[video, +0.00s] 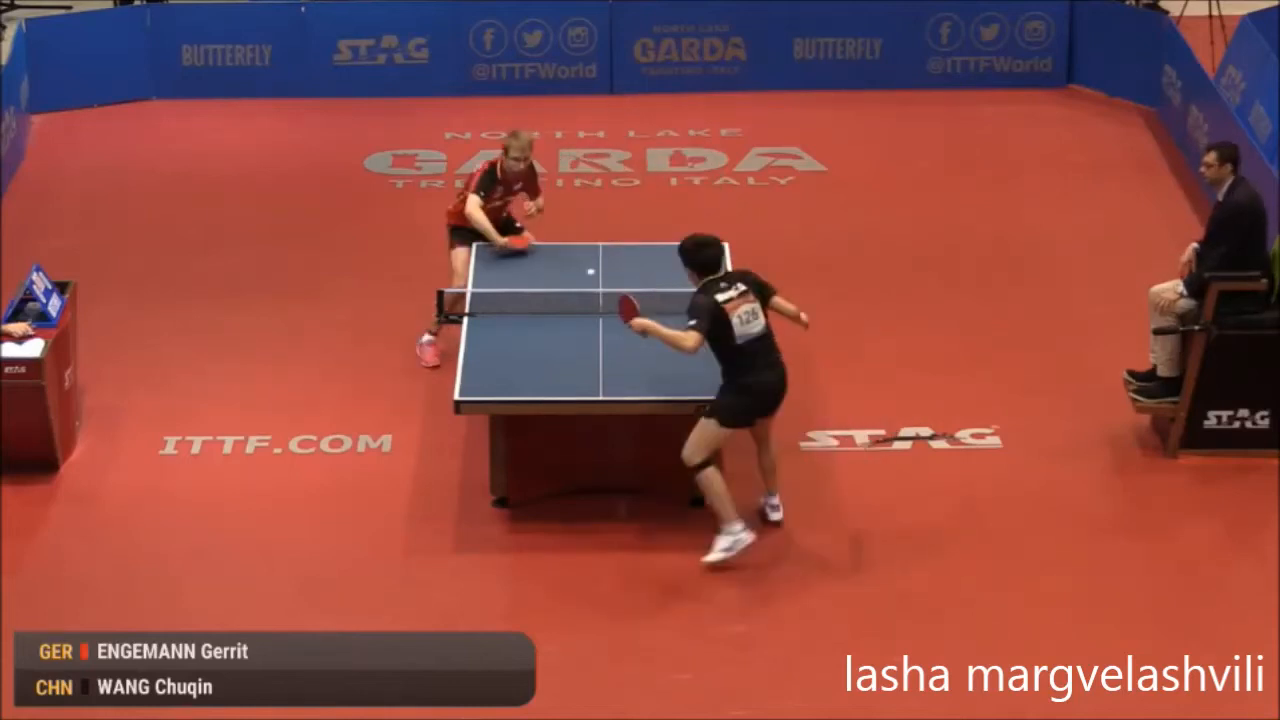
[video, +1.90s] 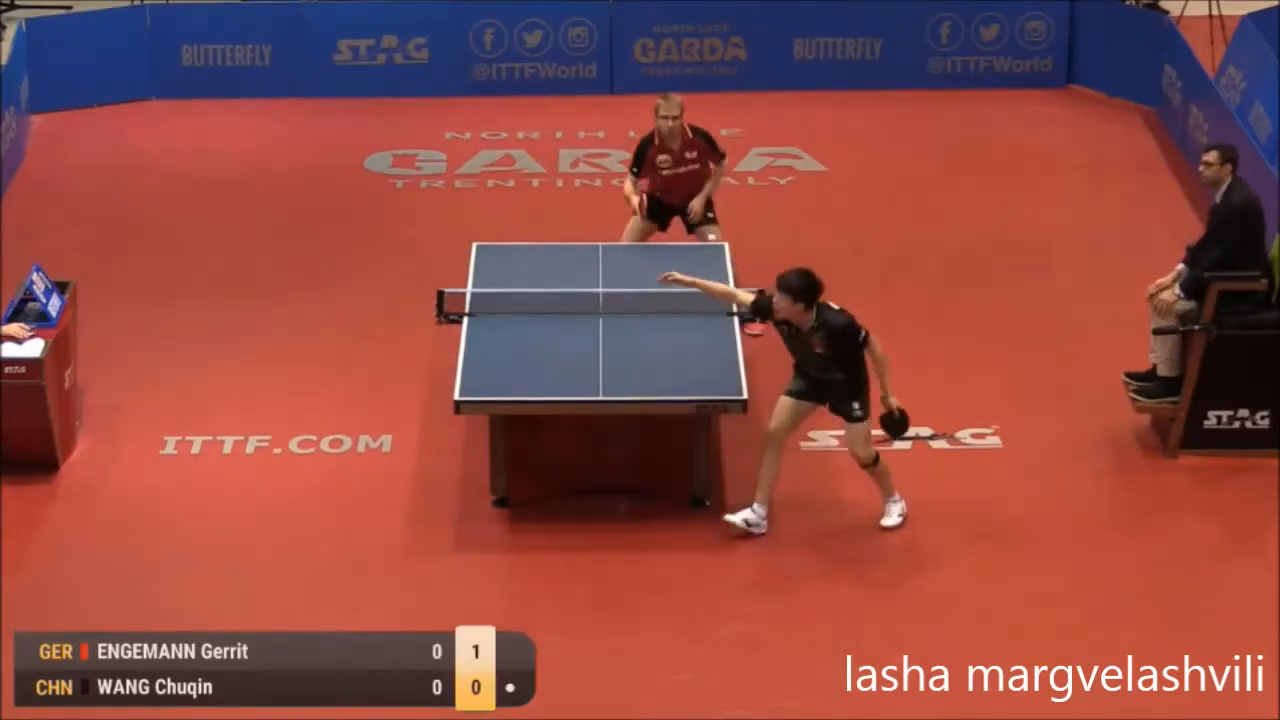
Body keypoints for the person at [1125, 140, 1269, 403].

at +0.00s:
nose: (1202, 171)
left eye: (1208, 166)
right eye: (1202, 165)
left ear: (1227, 168)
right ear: (1223, 168)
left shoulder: (1237, 203)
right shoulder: (1233, 194)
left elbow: (1220, 259)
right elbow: (1217, 238)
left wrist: (1184, 289)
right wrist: (1195, 247)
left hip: (1236, 291)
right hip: (1226, 280)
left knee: (1163, 304)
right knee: (1157, 294)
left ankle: (1170, 378)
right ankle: (1161, 368)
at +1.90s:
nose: (1200, 170)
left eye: (1207, 165)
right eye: (1200, 164)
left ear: (1227, 168)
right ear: (1220, 169)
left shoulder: (1237, 202)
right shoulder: (1226, 197)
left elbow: (1216, 257)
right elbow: (1205, 246)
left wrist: (1180, 291)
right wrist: (1173, 276)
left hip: (1240, 293)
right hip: (1225, 283)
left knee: (1166, 307)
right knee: (1158, 298)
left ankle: (1170, 380)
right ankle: (1161, 369)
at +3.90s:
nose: (1209, 174)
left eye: (1215, 168)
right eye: (1209, 168)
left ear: (1235, 169)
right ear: (1230, 170)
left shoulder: (1246, 203)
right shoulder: (1235, 198)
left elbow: (1223, 256)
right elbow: (1212, 245)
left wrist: (1184, 284)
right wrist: (1182, 272)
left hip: (1240, 291)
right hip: (1226, 281)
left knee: (1166, 303)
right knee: (1158, 295)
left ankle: (1169, 378)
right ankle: (1160, 369)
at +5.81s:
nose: (1205, 174)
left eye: (1211, 169)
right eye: (1206, 169)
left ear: (1229, 171)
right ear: (1223, 172)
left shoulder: (1246, 206)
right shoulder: (1229, 199)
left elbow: (1227, 263)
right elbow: (1209, 244)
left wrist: (1185, 287)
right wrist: (1179, 274)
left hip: (1238, 291)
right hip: (1221, 279)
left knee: (1166, 305)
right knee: (1156, 295)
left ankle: (1169, 378)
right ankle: (1160, 369)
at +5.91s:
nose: (1205, 174)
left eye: (1211, 169)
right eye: (1206, 169)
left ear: (1229, 171)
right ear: (1223, 172)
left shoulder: (1246, 206)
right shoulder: (1229, 199)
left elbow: (1227, 263)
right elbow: (1209, 244)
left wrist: (1185, 287)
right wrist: (1179, 274)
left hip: (1238, 291)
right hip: (1221, 279)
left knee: (1166, 305)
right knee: (1156, 295)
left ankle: (1169, 378)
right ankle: (1160, 369)